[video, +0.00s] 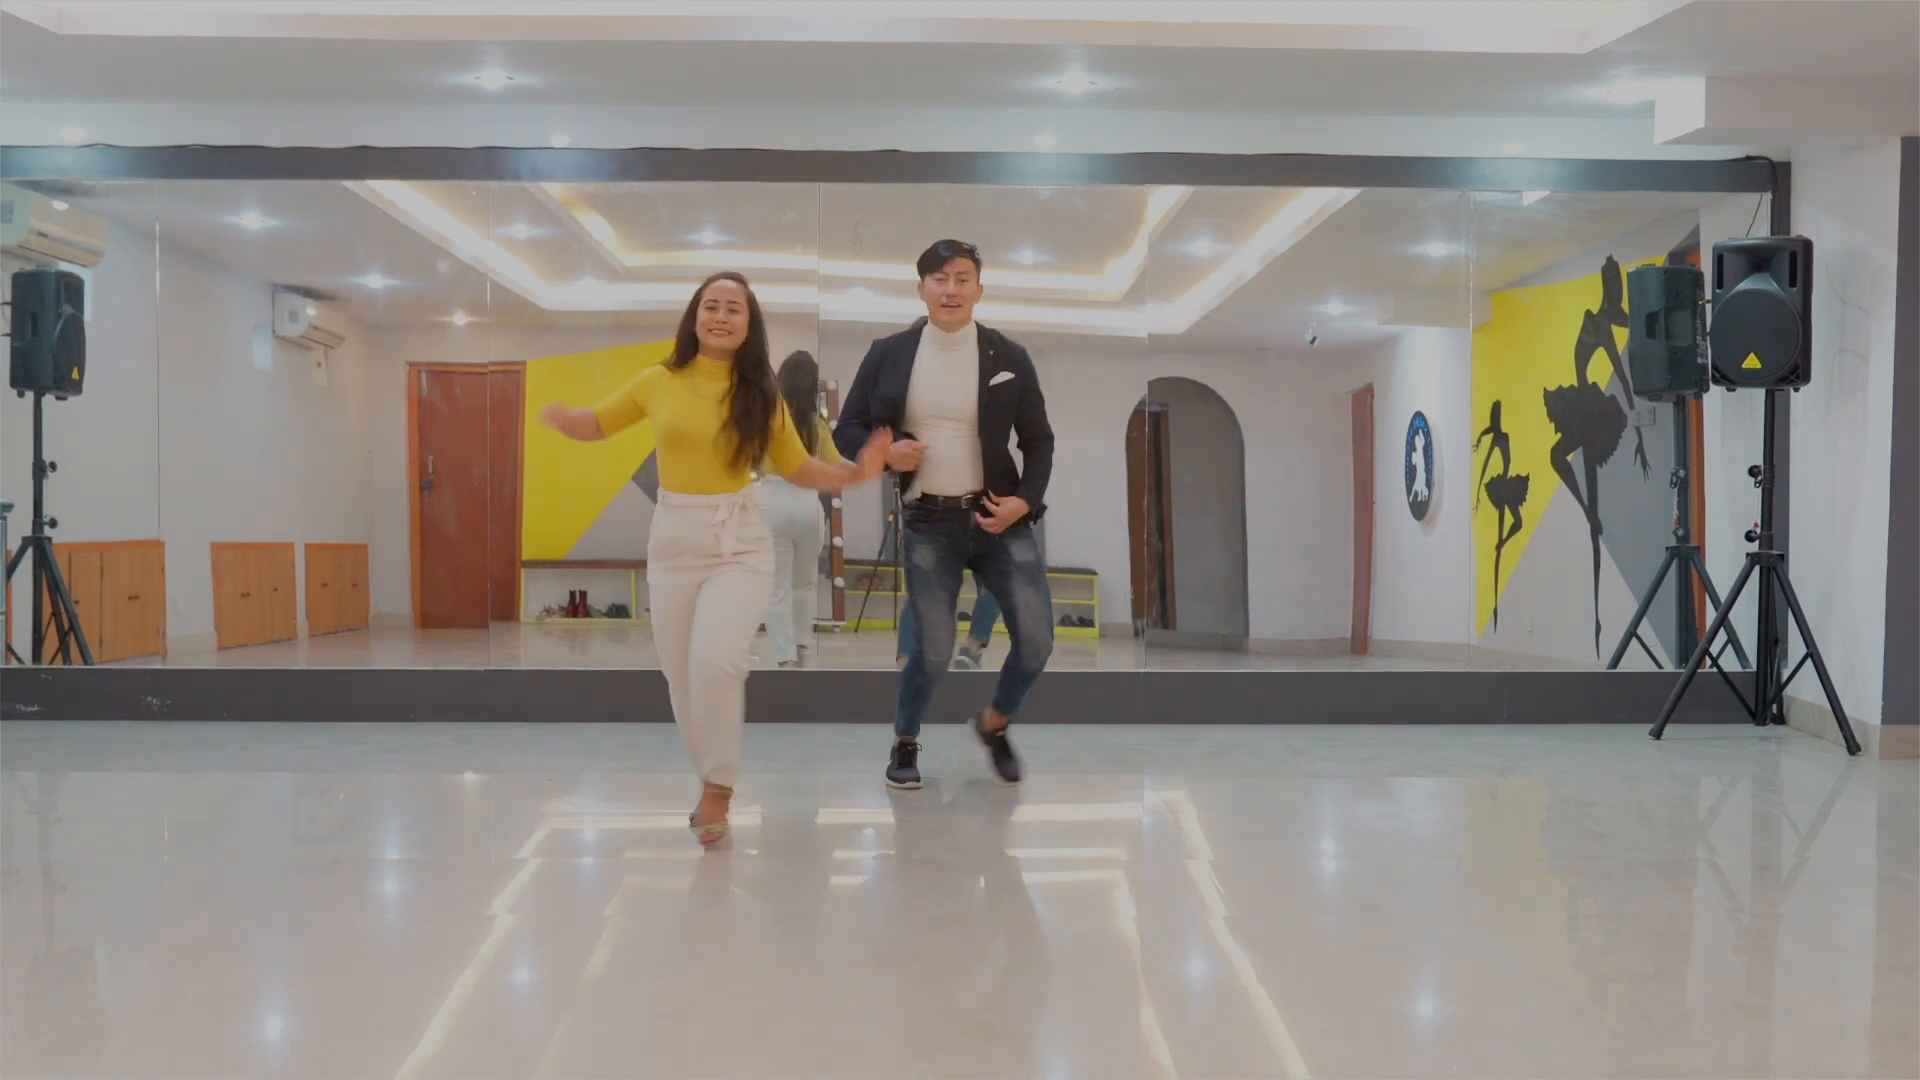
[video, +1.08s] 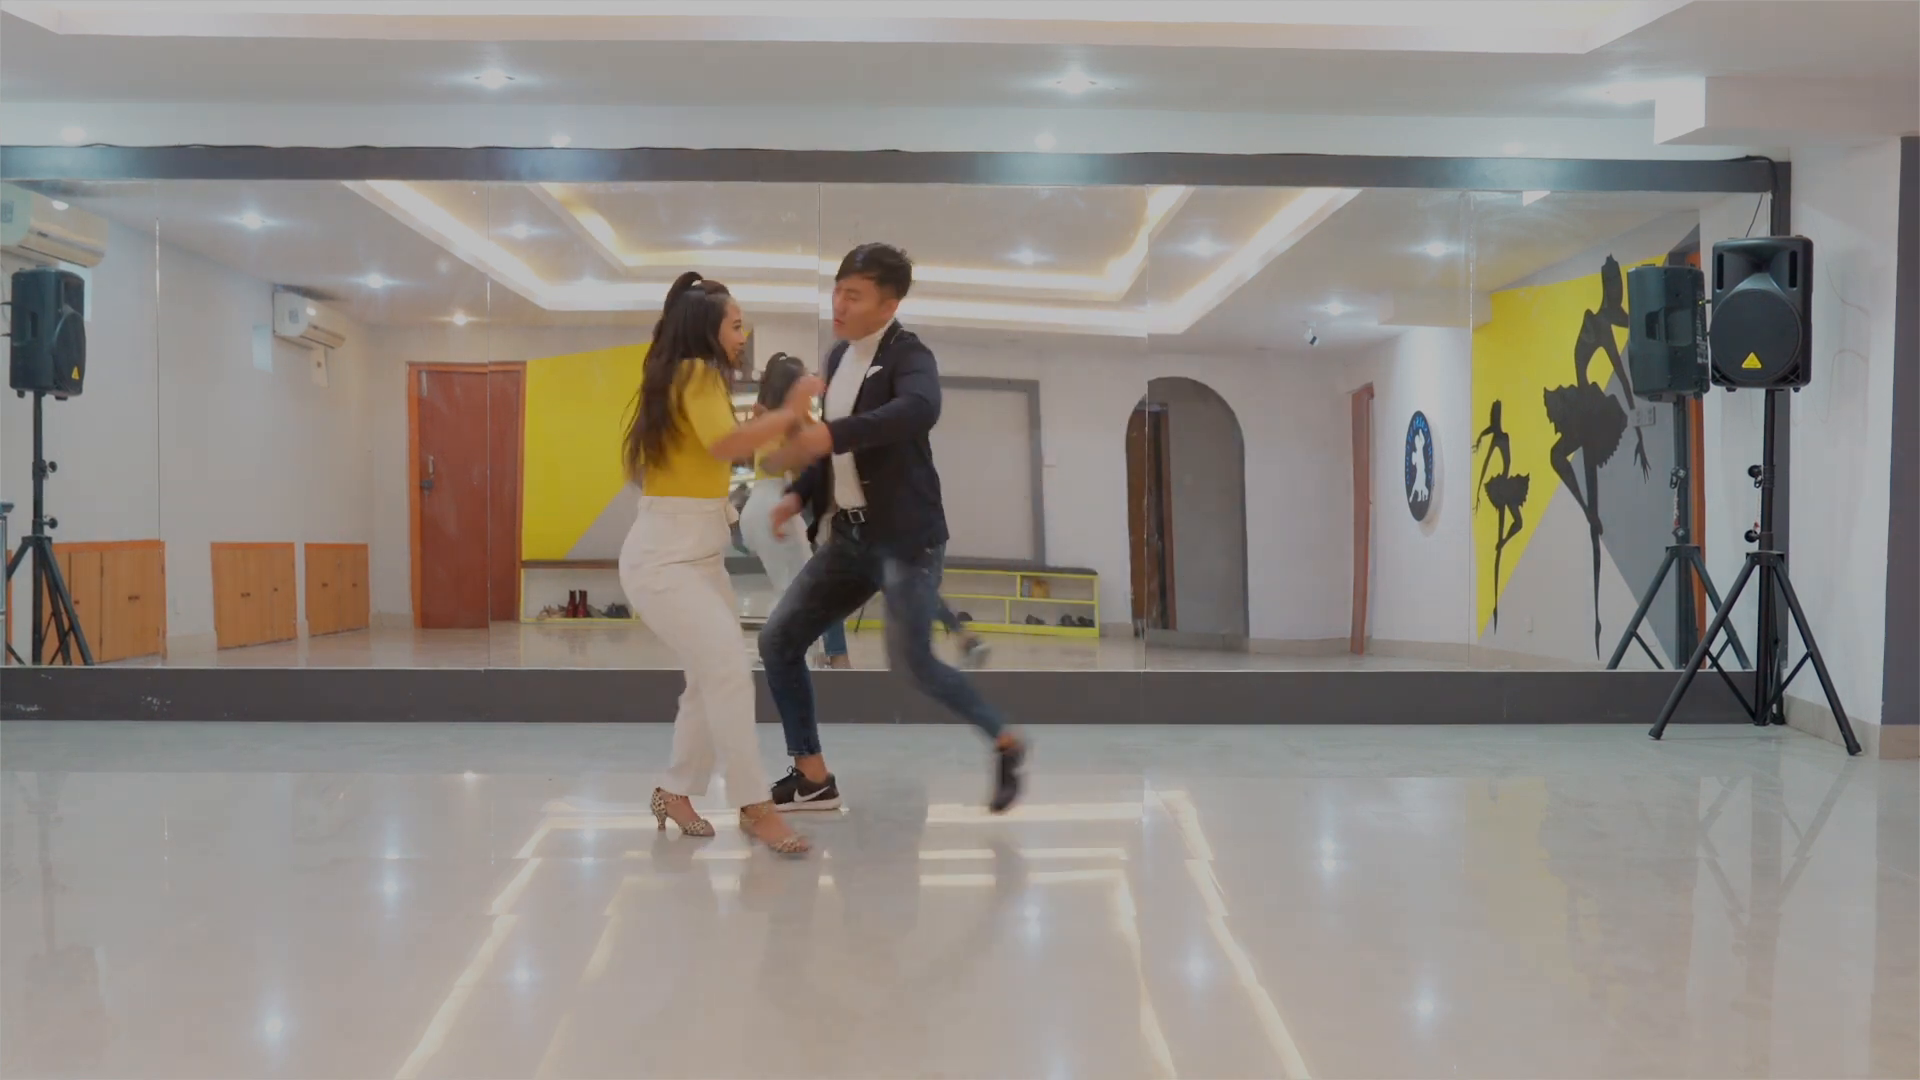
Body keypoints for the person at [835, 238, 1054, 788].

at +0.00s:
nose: (951, 289)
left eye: (962, 278)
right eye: (940, 279)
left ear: (979, 288)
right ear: (922, 288)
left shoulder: (1009, 358)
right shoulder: (887, 355)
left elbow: (1039, 439)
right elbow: (847, 430)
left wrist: (1026, 499)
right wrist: (883, 452)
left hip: (1001, 517)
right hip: (929, 520)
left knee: (1036, 643)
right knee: (934, 652)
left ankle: (994, 725)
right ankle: (906, 742)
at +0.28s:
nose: (991, 292)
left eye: (998, 281)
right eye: (977, 281)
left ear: (1008, 285)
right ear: (951, 288)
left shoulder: (1030, 354)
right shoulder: (915, 336)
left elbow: (1042, 430)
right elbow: (873, 409)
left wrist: (1035, 473)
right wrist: (934, 433)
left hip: (992, 520)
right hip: (917, 515)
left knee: (1025, 644)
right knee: (872, 643)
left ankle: (1032, 769)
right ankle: (864, 727)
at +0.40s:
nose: (995, 298)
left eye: (1002, 287)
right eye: (981, 286)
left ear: (1009, 292)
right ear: (952, 292)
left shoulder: (1015, 372)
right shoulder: (932, 356)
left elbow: (1008, 454)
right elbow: (875, 427)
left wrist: (1032, 473)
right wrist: (936, 482)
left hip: (988, 531)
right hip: (915, 531)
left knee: (1039, 641)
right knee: (851, 650)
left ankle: (1031, 772)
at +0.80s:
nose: (911, 311)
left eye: (926, 301)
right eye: (906, 300)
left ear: (957, 310)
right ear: (898, 309)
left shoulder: (976, 375)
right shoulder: (897, 379)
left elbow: (1033, 443)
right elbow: (874, 437)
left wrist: (982, 503)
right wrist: (873, 473)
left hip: (967, 549)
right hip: (899, 545)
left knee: (1010, 667)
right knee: (802, 627)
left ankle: (1059, 763)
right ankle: (806, 770)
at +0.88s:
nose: (886, 311)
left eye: (901, 300)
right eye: (885, 300)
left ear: (936, 310)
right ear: (886, 306)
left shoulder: (952, 368)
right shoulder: (893, 375)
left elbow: (982, 427)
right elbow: (881, 448)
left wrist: (925, 485)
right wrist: (862, 485)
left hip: (949, 551)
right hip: (887, 549)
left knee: (1000, 666)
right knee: (793, 631)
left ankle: (1063, 760)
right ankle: (813, 772)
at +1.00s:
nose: (856, 302)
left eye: (871, 294)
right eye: (855, 291)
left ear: (906, 303)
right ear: (855, 296)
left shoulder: (918, 353)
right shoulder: (866, 363)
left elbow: (932, 412)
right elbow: (864, 439)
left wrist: (856, 443)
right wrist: (830, 488)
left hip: (917, 541)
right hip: (860, 537)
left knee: (958, 667)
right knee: (782, 636)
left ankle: (1055, 738)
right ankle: (811, 774)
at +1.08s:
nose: (839, 304)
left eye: (854, 296)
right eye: (838, 292)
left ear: (890, 304)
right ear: (835, 293)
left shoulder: (909, 355)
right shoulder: (837, 359)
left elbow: (920, 410)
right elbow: (835, 438)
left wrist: (833, 435)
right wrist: (800, 493)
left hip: (907, 533)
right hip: (850, 533)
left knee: (916, 663)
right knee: (779, 641)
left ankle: (1008, 741)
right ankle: (811, 775)